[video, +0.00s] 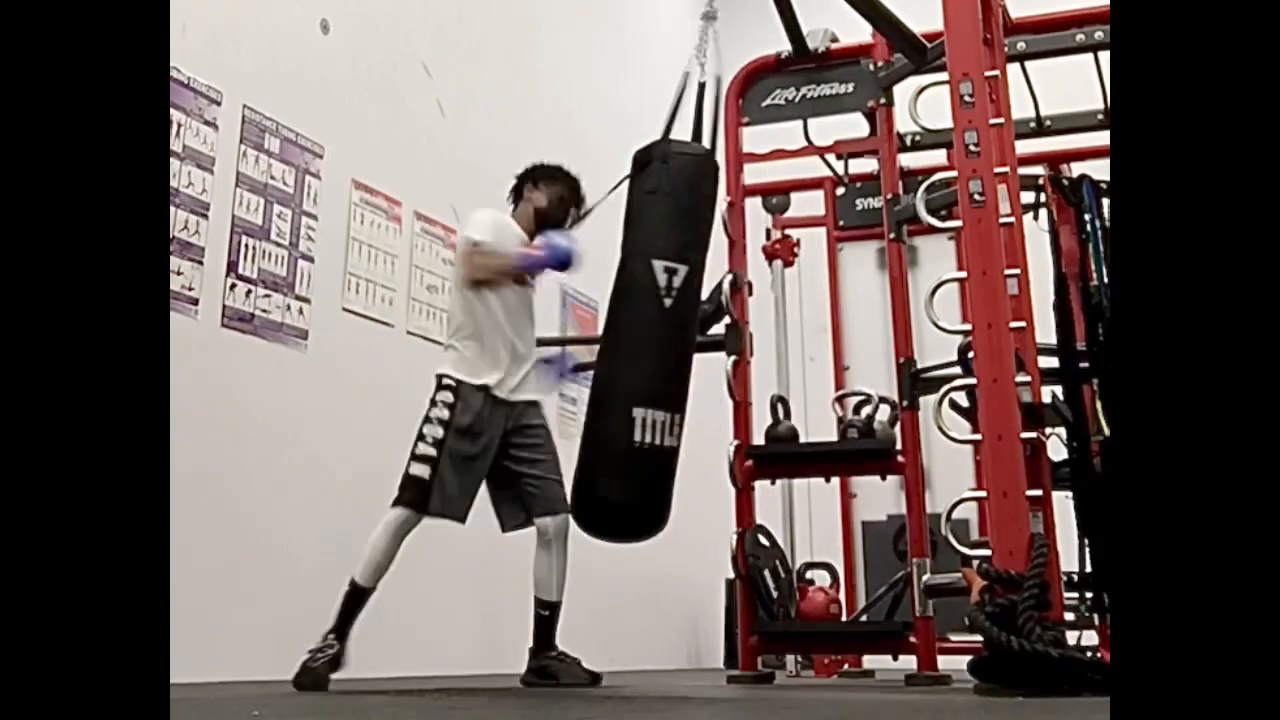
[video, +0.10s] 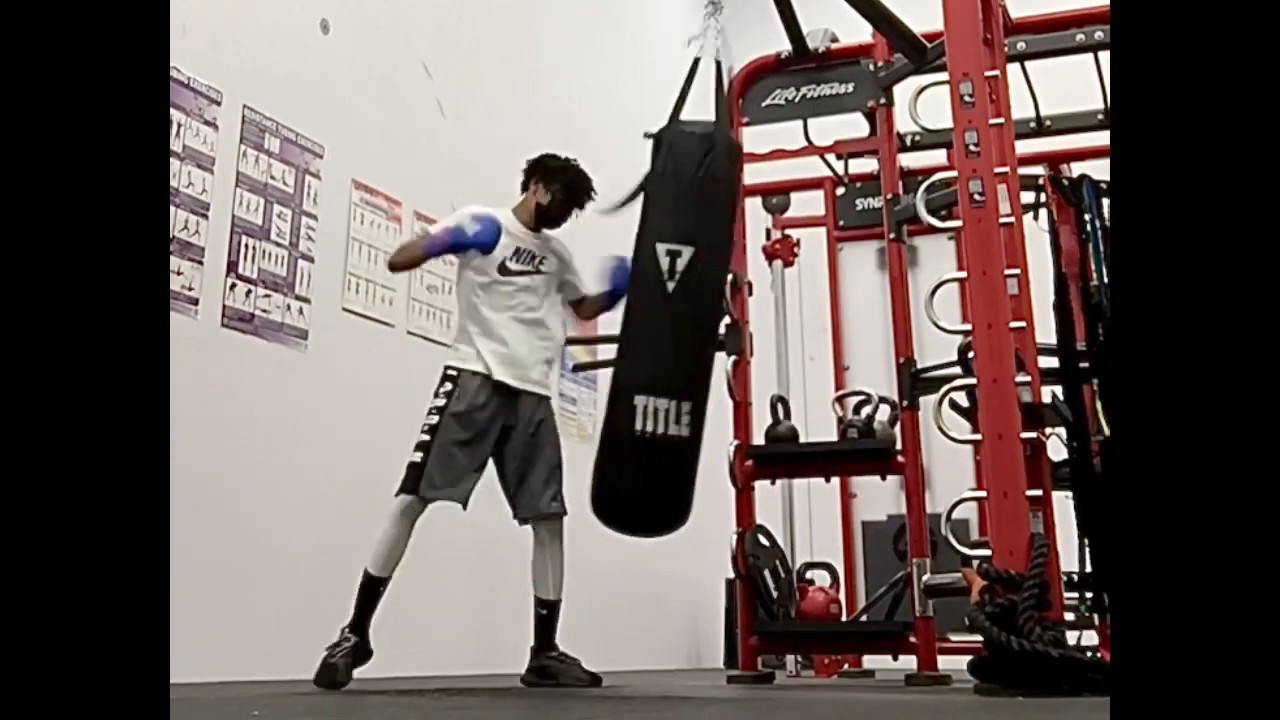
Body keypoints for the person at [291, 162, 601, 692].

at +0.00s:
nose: (557, 220)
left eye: (563, 215)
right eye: (554, 206)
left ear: (557, 218)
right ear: (528, 190)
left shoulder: (529, 257)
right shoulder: (487, 221)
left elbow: (510, 343)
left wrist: (563, 359)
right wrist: (540, 258)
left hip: (520, 400)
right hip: (467, 390)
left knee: (553, 522)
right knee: (407, 513)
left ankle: (544, 654)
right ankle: (334, 642)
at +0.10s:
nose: (559, 216)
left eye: (567, 210)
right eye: (556, 203)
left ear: (566, 210)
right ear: (531, 186)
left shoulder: (557, 252)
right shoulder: (480, 227)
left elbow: (584, 310)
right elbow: (397, 261)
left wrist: (614, 292)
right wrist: (450, 237)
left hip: (532, 396)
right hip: (471, 382)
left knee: (549, 519)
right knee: (410, 503)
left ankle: (545, 653)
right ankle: (355, 636)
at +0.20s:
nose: (539, 216)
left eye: (548, 211)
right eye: (536, 203)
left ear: (550, 213)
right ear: (513, 188)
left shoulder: (541, 258)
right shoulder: (462, 225)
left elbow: (554, 330)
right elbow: (423, 289)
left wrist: (579, 269)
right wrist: (489, 251)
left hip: (521, 394)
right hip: (461, 384)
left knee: (544, 519)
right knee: (423, 517)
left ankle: (545, 654)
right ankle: (379, 649)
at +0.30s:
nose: (525, 213)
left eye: (534, 207)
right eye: (521, 201)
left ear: (528, 209)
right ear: (496, 192)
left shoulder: (520, 254)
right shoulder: (457, 211)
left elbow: (549, 312)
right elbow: (467, 256)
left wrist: (558, 248)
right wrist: (514, 213)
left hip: (501, 397)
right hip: (446, 388)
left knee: (547, 511)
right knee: (409, 522)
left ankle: (540, 648)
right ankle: (373, 652)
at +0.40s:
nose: (552, 228)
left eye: (558, 222)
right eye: (553, 217)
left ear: (537, 208)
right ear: (534, 196)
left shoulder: (518, 251)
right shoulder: (489, 212)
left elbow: (540, 321)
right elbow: (492, 272)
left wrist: (558, 273)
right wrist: (545, 251)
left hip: (508, 392)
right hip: (461, 384)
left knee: (555, 514)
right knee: (426, 522)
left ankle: (542, 654)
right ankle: (370, 647)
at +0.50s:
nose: (565, 191)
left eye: (571, 185)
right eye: (562, 178)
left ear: (564, 191)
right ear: (535, 168)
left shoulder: (543, 236)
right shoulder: (496, 189)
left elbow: (571, 298)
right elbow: (515, 244)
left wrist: (592, 233)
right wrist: (552, 200)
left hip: (522, 376)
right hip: (475, 358)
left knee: (558, 504)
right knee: (448, 483)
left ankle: (545, 647)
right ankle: (385, 622)